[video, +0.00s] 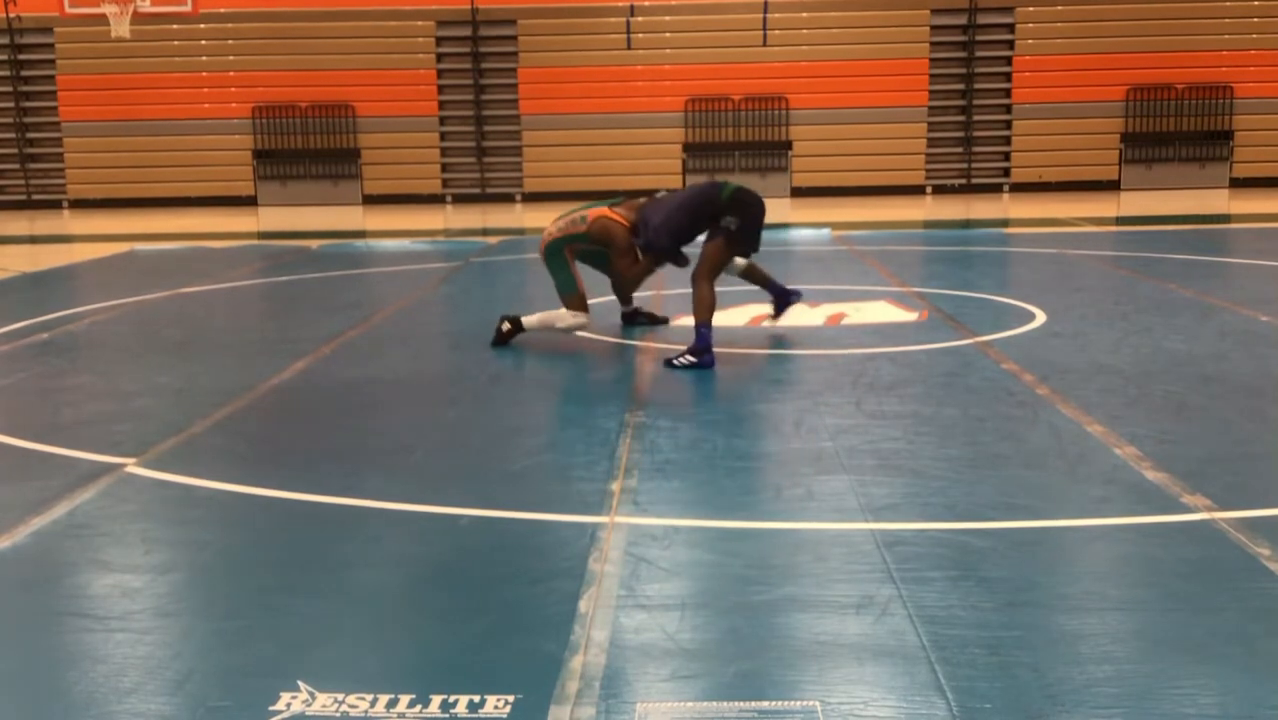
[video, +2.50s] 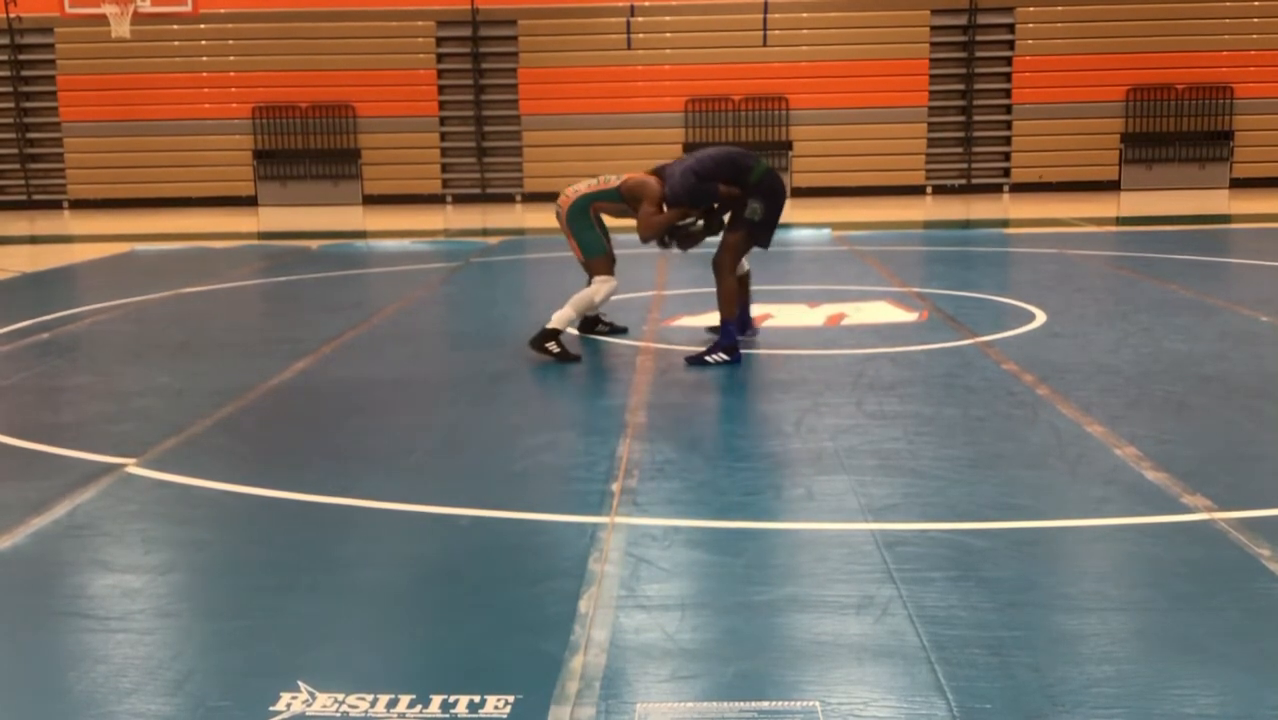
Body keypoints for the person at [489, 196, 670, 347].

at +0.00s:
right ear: (647, 229)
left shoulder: (634, 210)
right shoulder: (618, 232)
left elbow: (629, 272)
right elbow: (626, 283)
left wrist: (662, 254)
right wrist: (657, 259)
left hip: (574, 238)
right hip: (555, 245)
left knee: (620, 267)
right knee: (578, 318)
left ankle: (630, 313)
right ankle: (515, 324)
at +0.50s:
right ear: (640, 214)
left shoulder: (623, 204)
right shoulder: (611, 198)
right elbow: (598, 241)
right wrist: (633, 225)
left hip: (574, 215)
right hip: (551, 209)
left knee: (608, 264)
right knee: (554, 284)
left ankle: (599, 310)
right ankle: (490, 315)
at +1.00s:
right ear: (645, 207)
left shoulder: (621, 196)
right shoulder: (614, 195)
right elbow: (605, 236)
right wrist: (640, 222)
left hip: (567, 210)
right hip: (546, 208)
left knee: (597, 254)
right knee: (564, 283)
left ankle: (591, 319)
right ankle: (498, 325)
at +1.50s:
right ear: (662, 194)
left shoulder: (637, 194)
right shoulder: (633, 186)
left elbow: (663, 249)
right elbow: (622, 221)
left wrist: (682, 228)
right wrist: (659, 209)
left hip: (578, 204)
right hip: (558, 198)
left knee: (603, 256)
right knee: (555, 278)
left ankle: (590, 318)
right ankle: (493, 327)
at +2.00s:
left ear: (671, 190)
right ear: (678, 197)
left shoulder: (655, 200)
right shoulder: (651, 197)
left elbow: (679, 247)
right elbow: (651, 241)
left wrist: (704, 236)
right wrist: (685, 221)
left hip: (580, 206)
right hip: (573, 208)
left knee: (603, 266)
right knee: (605, 281)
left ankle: (589, 320)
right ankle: (548, 335)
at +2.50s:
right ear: (676, 179)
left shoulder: (652, 187)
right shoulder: (651, 187)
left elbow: (649, 228)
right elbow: (646, 232)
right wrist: (681, 211)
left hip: (582, 206)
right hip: (576, 208)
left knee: (606, 264)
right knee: (605, 282)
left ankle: (590, 319)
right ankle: (548, 335)